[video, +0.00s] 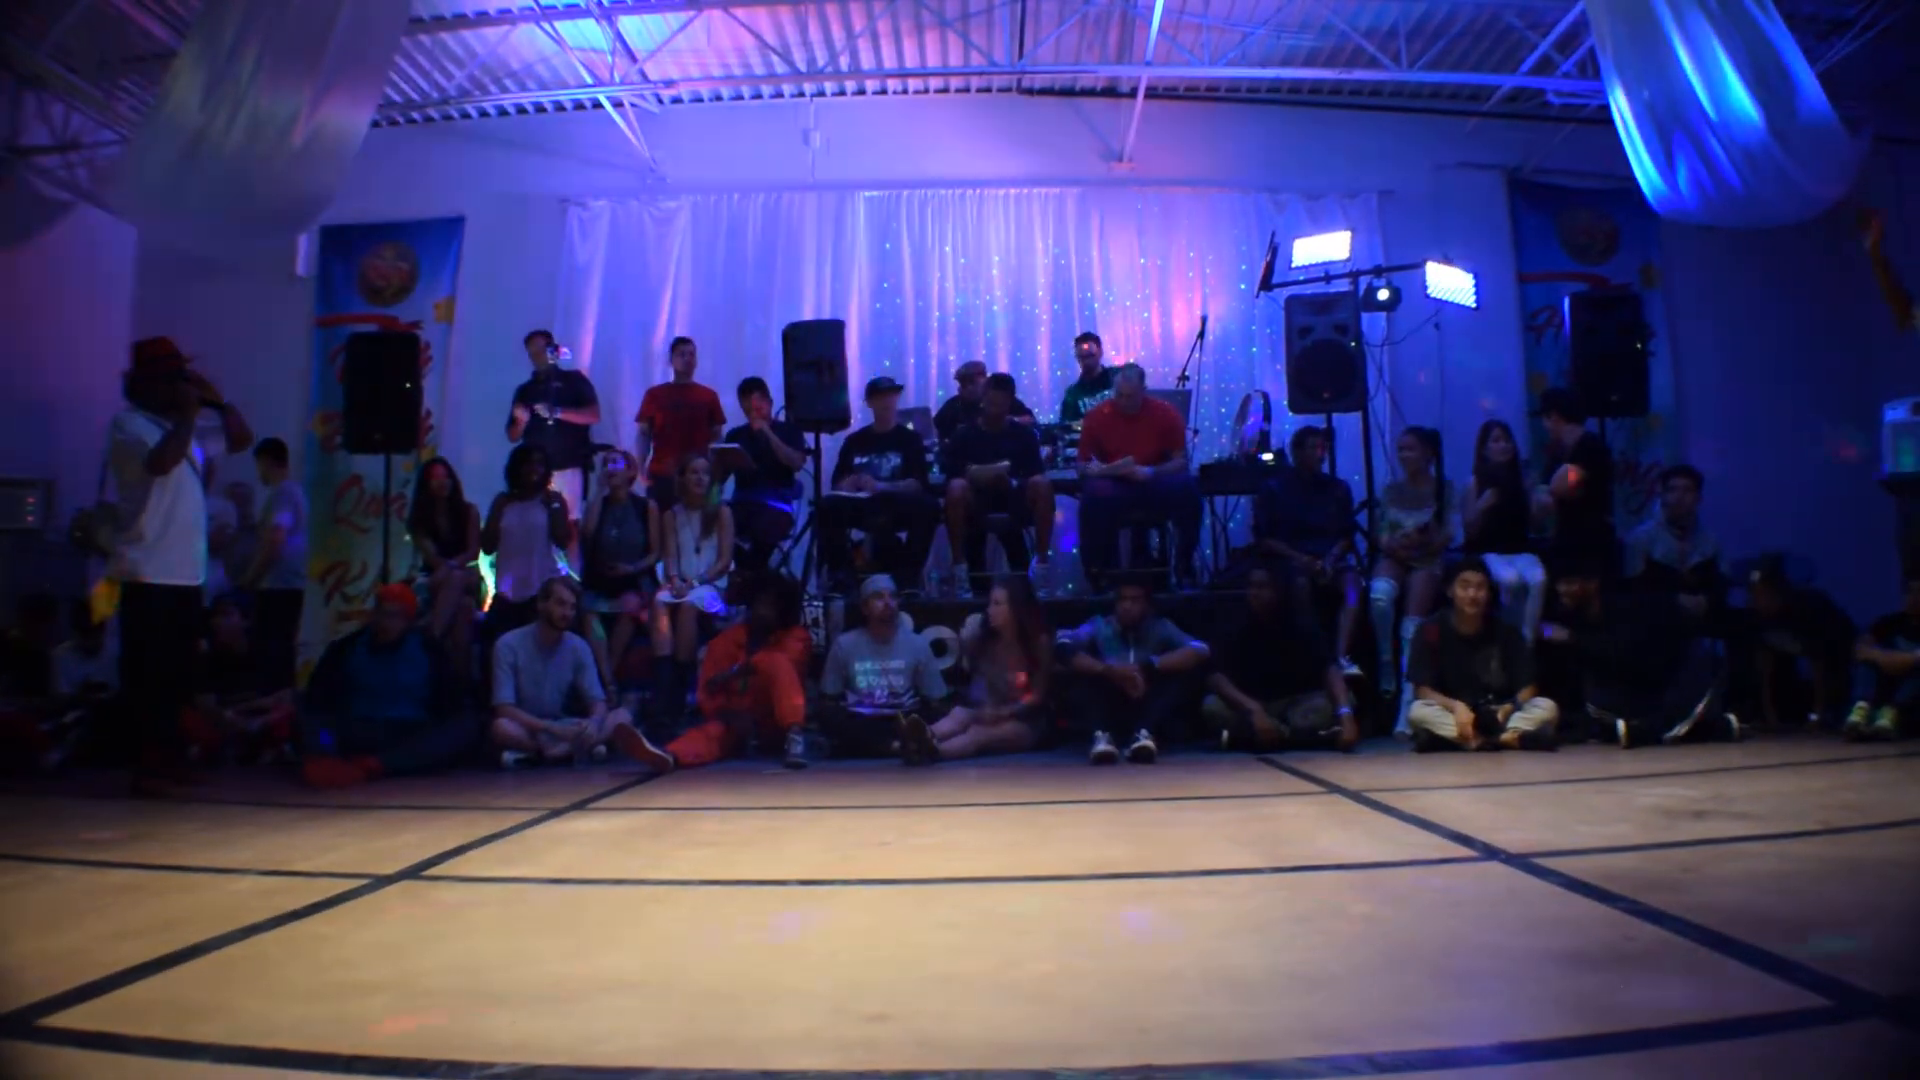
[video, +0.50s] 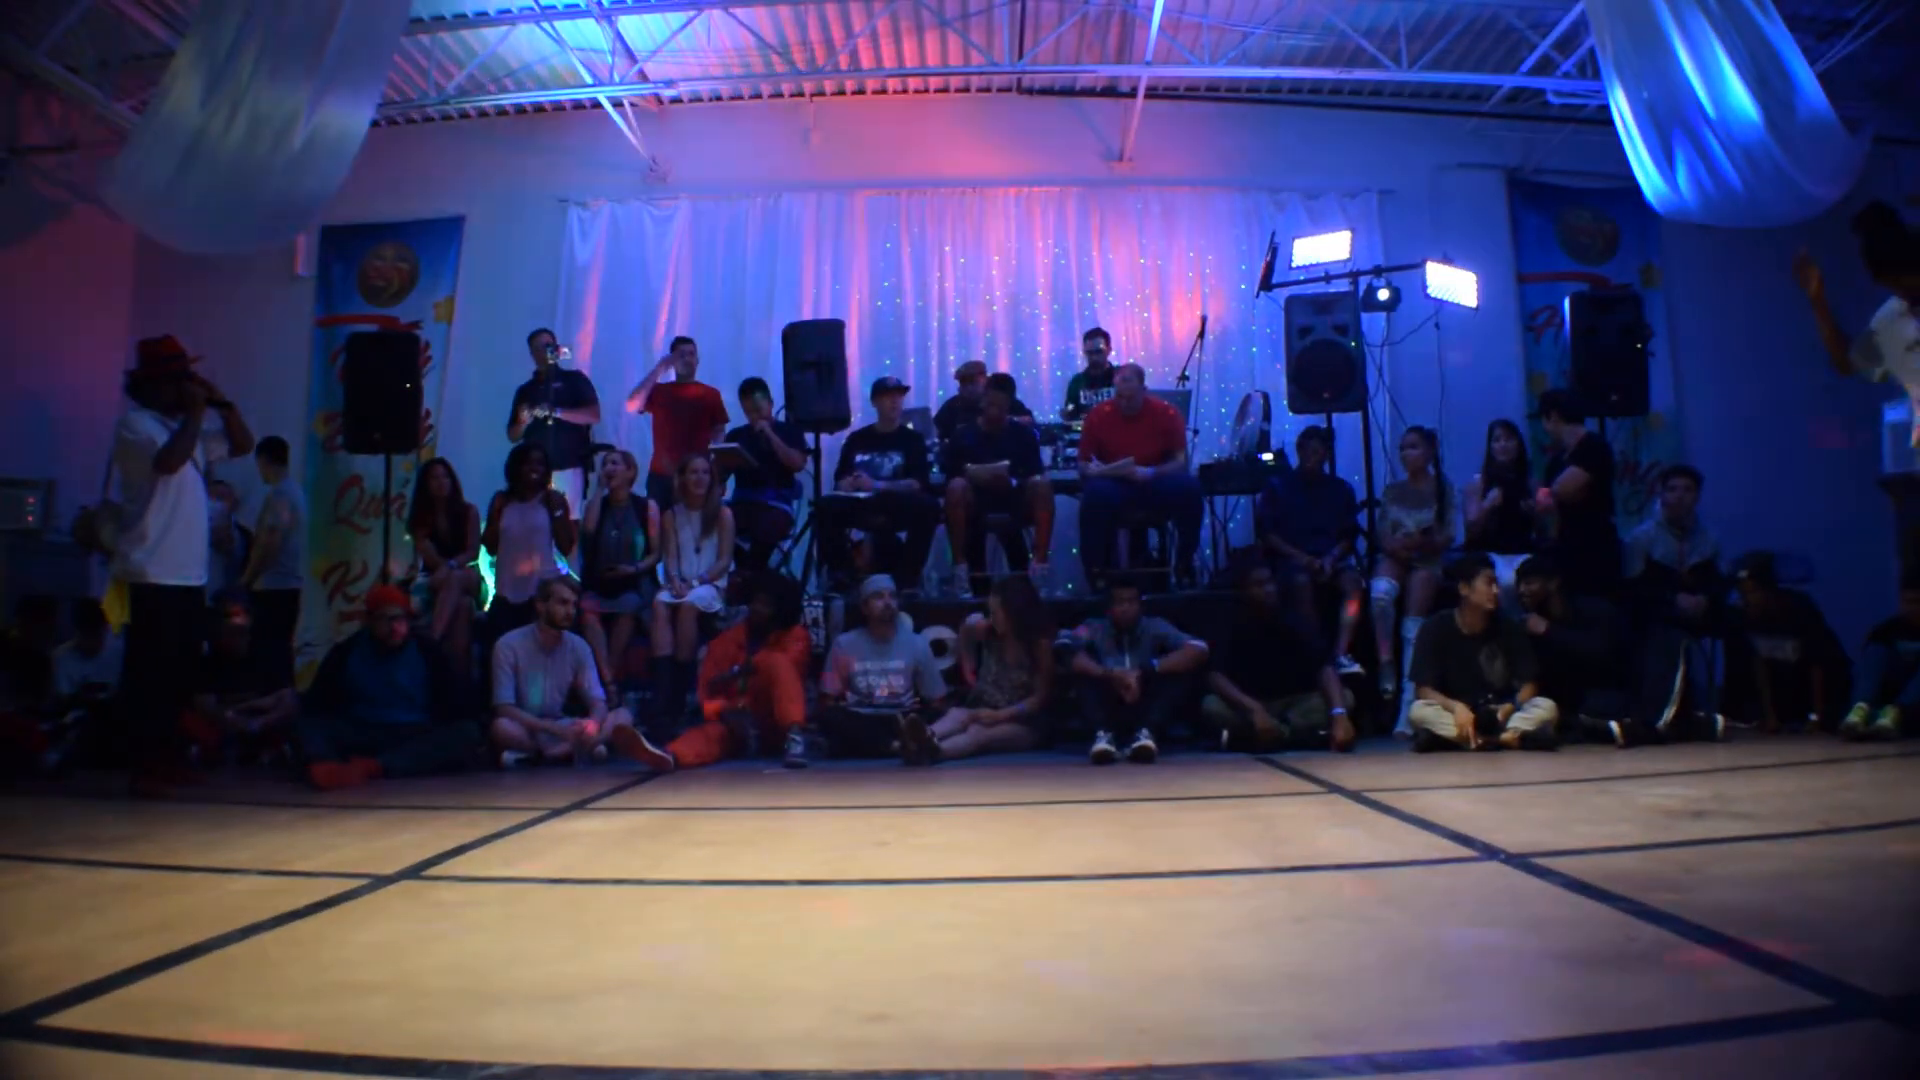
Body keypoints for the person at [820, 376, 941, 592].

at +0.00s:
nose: (887, 403)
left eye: (891, 397)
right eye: (881, 398)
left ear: (897, 400)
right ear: (870, 403)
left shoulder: (910, 439)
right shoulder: (854, 441)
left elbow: (918, 483)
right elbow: (837, 485)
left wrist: (878, 486)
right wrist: (852, 484)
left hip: (897, 502)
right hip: (861, 503)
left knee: (928, 508)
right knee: (827, 507)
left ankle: (908, 579)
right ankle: (841, 578)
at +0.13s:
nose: (890, 403)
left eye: (893, 397)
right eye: (884, 398)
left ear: (899, 401)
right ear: (872, 402)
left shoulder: (911, 438)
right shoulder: (855, 440)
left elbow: (918, 482)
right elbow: (837, 484)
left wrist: (877, 486)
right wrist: (851, 484)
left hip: (897, 501)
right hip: (860, 502)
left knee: (927, 508)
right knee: (828, 507)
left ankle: (908, 578)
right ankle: (840, 576)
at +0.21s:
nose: (891, 402)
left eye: (894, 397)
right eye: (885, 397)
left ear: (899, 400)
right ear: (873, 402)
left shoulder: (911, 438)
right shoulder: (855, 440)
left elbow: (919, 482)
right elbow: (837, 483)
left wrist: (878, 486)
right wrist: (853, 483)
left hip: (897, 502)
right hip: (860, 503)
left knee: (927, 509)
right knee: (827, 508)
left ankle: (908, 578)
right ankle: (840, 578)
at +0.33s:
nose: (893, 403)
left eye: (896, 398)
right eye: (887, 398)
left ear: (901, 401)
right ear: (874, 403)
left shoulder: (912, 439)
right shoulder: (856, 439)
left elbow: (919, 483)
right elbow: (837, 484)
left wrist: (876, 484)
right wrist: (852, 484)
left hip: (897, 502)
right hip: (860, 503)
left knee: (927, 508)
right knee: (825, 507)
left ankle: (908, 581)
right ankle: (840, 580)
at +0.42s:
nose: (894, 403)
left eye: (898, 397)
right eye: (888, 397)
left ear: (902, 401)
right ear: (874, 402)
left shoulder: (913, 439)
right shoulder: (856, 439)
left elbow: (919, 483)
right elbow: (839, 483)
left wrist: (876, 485)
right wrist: (852, 483)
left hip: (897, 501)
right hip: (861, 502)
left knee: (928, 507)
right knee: (825, 506)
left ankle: (908, 580)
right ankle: (840, 577)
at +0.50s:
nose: (895, 403)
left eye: (898, 397)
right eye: (889, 397)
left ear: (903, 401)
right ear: (875, 402)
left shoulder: (913, 439)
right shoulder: (857, 439)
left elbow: (919, 483)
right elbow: (840, 482)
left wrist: (875, 485)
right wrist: (851, 484)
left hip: (897, 501)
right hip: (861, 502)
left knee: (927, 508)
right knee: (825, 507)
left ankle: (908, 580)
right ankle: (840, 578)